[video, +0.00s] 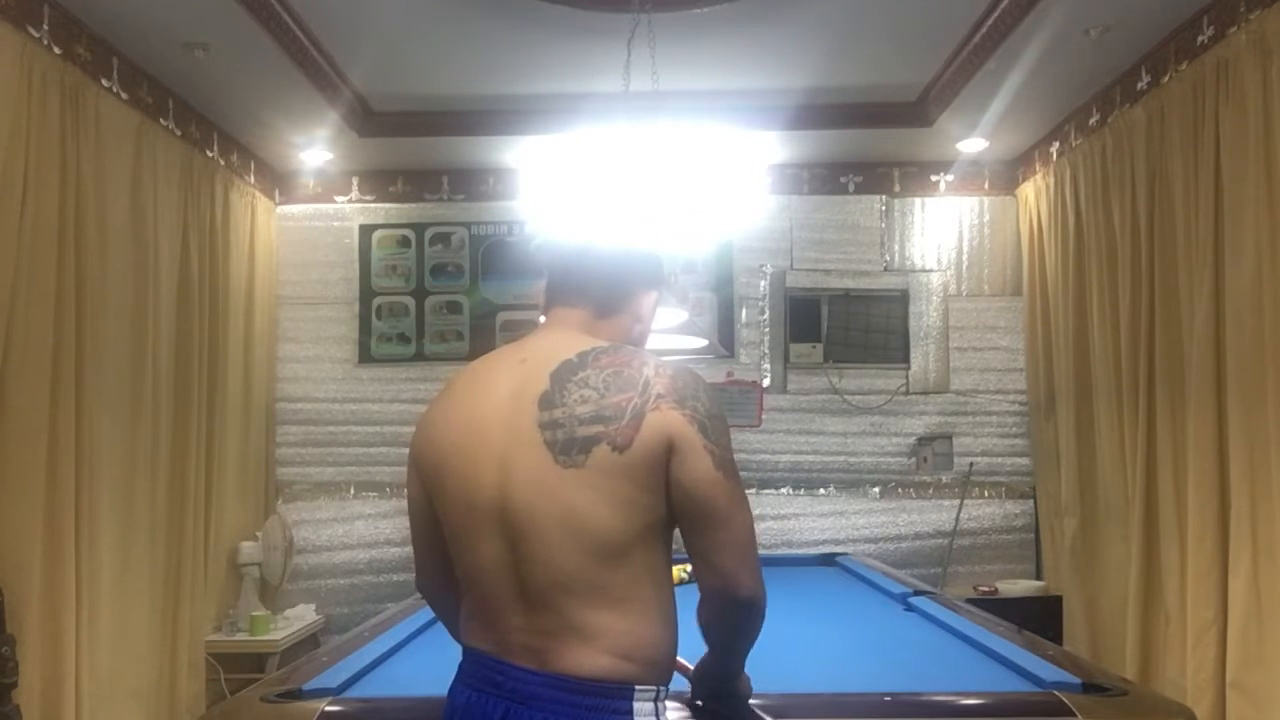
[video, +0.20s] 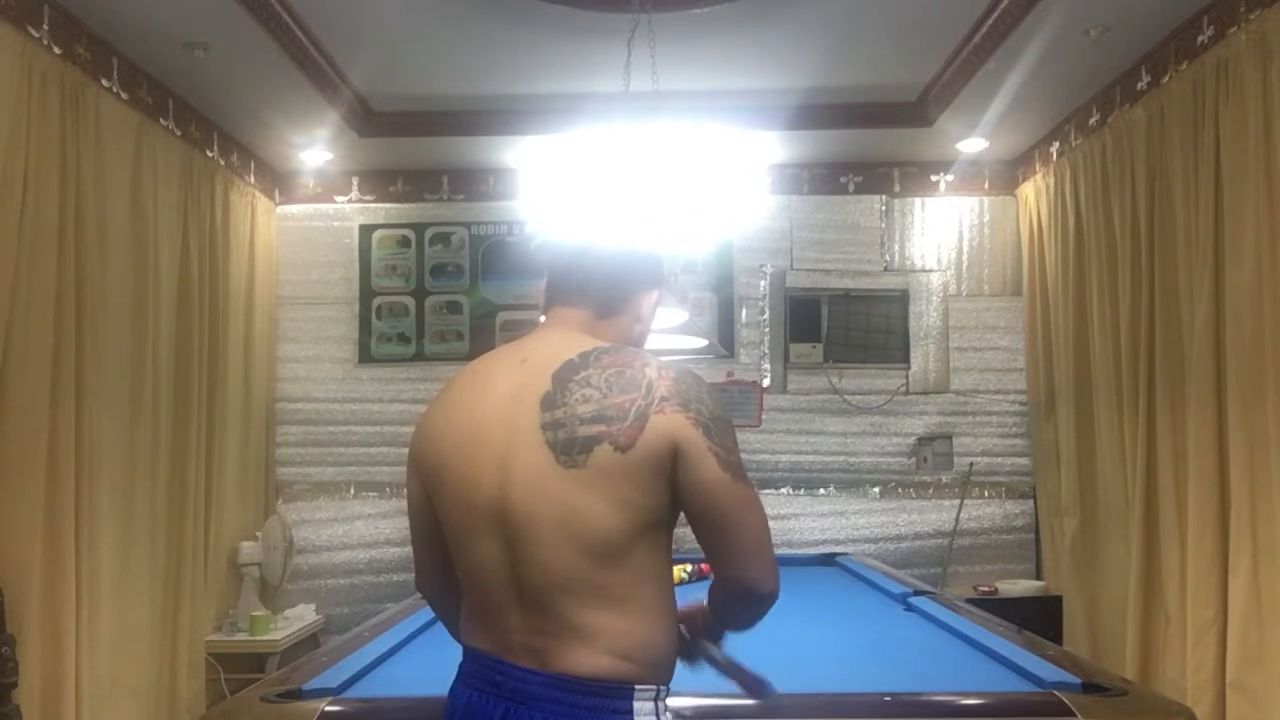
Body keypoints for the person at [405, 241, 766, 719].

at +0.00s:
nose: (651, 317)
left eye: (654, 301)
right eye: (654, 300)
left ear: (546, 290)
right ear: (644, 299)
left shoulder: (450, 400)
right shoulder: (667, 393)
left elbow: (435, 579)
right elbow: (737, 590)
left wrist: (499, 651)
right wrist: (722, 670)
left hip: (479, 695)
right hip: (615, 702)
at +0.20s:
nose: (650, 319)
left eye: (655, 304)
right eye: (654, 303)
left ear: (547, 291)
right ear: (642, 301)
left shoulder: (450, 401)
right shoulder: (669, 393)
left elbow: (436, 583)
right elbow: (752, 580)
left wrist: (502, 644)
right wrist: (707, 621)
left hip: (479, 697)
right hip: (616, 705)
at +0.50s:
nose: (655, 309)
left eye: (658, 293)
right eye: (656, 292)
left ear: (546, 287)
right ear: (642, 293)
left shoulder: (456, 391)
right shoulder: (674, 396)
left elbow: (381, 549)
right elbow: (743, 569)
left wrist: (462, 637)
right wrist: (690, 545)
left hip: (480, 697)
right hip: (611, 703)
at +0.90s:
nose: (642, 292)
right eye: (642, 280)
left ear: (526, 285)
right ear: (632, 284)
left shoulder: (442, 398)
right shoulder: (677, 396)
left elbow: (353, 563)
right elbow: (763, 577)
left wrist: (419, 684)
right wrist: (716, 617)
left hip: (485, 694)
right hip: (621, 699)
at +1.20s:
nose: (645, 297)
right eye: (645, 285)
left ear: (524, 289)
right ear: (632, 286)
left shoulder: (454, 400)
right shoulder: (674, 393)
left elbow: (376, 566)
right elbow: (757, 578)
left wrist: (462, 650)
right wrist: (711, 659)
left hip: (492, 699)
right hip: (635, 702)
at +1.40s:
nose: (650, 293)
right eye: (649, 280)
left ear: (524, 287)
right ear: (634, 282)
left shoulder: (456, 404)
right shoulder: (670, 390)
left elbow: (433, 582)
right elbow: (748, 581)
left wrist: (518, 622)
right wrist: (706, 659)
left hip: (491, 697)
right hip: (629, 704)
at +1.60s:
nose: (649, 293)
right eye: (647, 278)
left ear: (526, 288)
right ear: (635, 280)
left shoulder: (458, 402)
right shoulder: (659, 387)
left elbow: (452, 580)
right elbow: (745, 589)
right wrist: (756, 704)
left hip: (491, 694)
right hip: (623, 703)